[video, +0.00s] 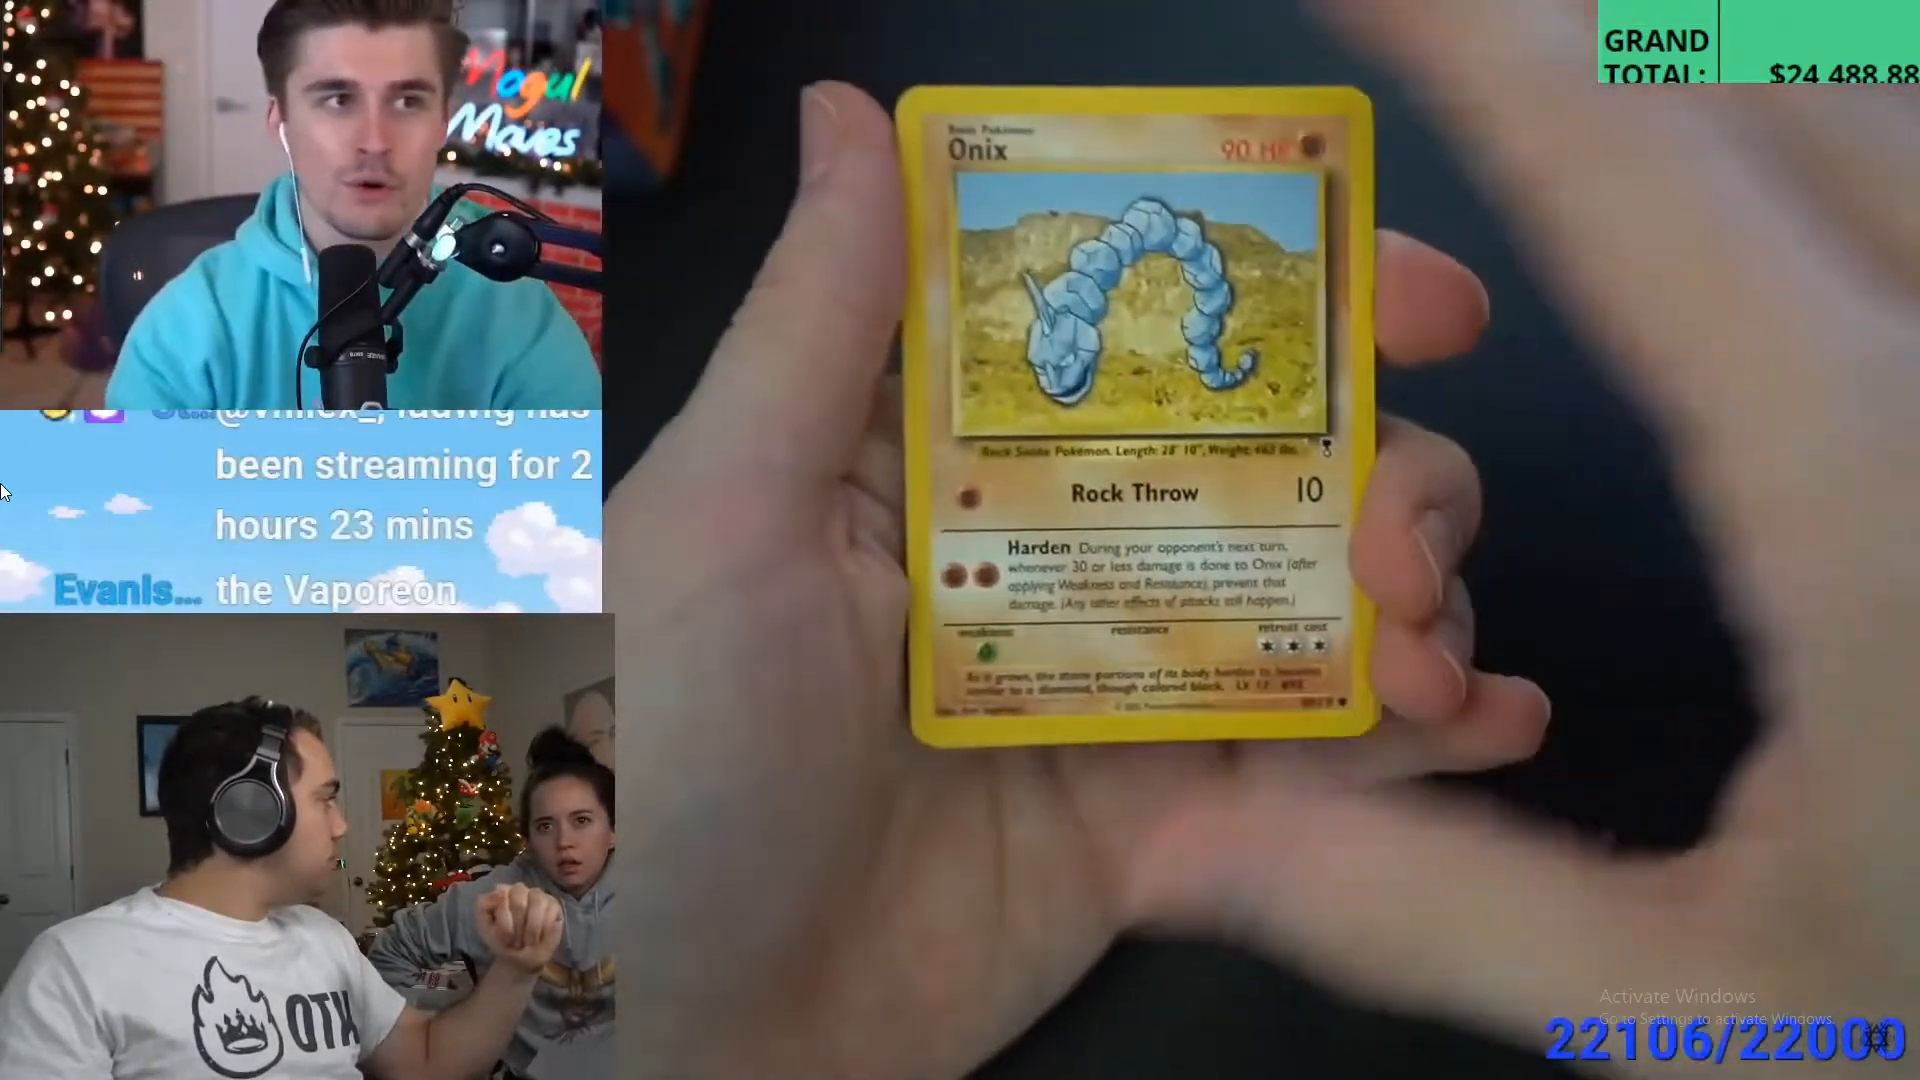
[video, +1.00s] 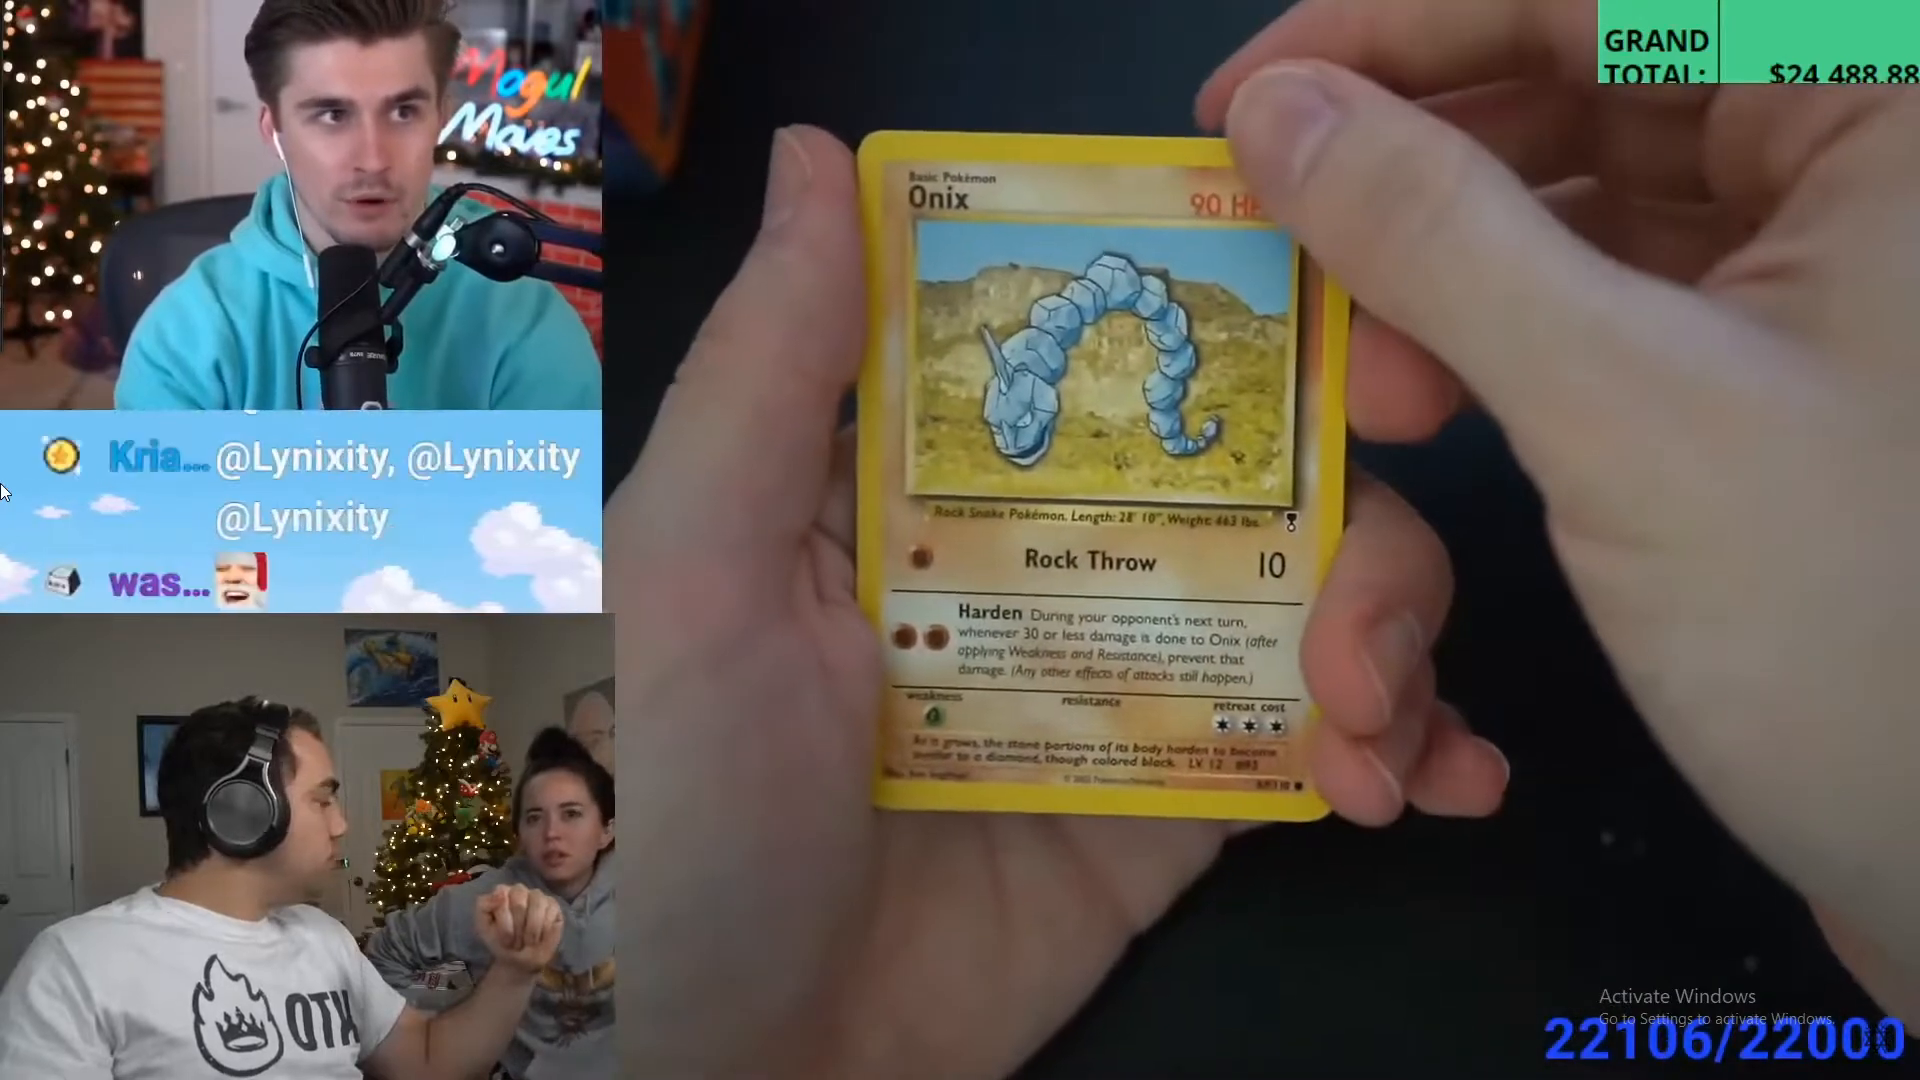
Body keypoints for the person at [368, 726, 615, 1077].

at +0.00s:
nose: (564, 842)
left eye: (582, 821)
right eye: (545, 826)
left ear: (612, 832)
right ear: (528, 839)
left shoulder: (644, 893)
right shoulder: (489, 898)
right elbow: (387, 958)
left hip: (625, 1067)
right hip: (534, 1072)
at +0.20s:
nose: (564, 842)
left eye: (582, 821)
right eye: (545, 826)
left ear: (612, 831)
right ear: (528, 839)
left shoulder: (643, 891)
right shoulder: (491, 898)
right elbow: (387, 957)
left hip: (626, 1067)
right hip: (536, 1072)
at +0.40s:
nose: (561, 840)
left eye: (579, 820)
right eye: (544, 824)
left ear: (612, 829)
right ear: (528, 837)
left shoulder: (642, 890)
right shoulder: (491, 897)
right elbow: (388, 956)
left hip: (623, 1068)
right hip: (533, 1072)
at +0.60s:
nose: (557, 831)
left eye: (576, 812)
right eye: (540, 816)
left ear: (609, 828)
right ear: (525, 834)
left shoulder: (642, 889)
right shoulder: (486, 897)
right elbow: (387, 956)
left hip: (626, 1068)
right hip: (536, 1073)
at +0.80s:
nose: (554, 830)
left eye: (573, 811)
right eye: (536, 815)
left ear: (607, 827)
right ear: (521, 833)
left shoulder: (636, 890)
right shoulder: (481, 901)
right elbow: (384, 956)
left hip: (622, 1067)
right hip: (532, 1072)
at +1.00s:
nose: (551, 833)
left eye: (571, 814)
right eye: (534, 818)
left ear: (606, 829)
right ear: (519, 835)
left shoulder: (636, 889)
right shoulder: (479, 902)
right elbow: (383, 955)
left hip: (623, 1068)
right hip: (532, 1072)